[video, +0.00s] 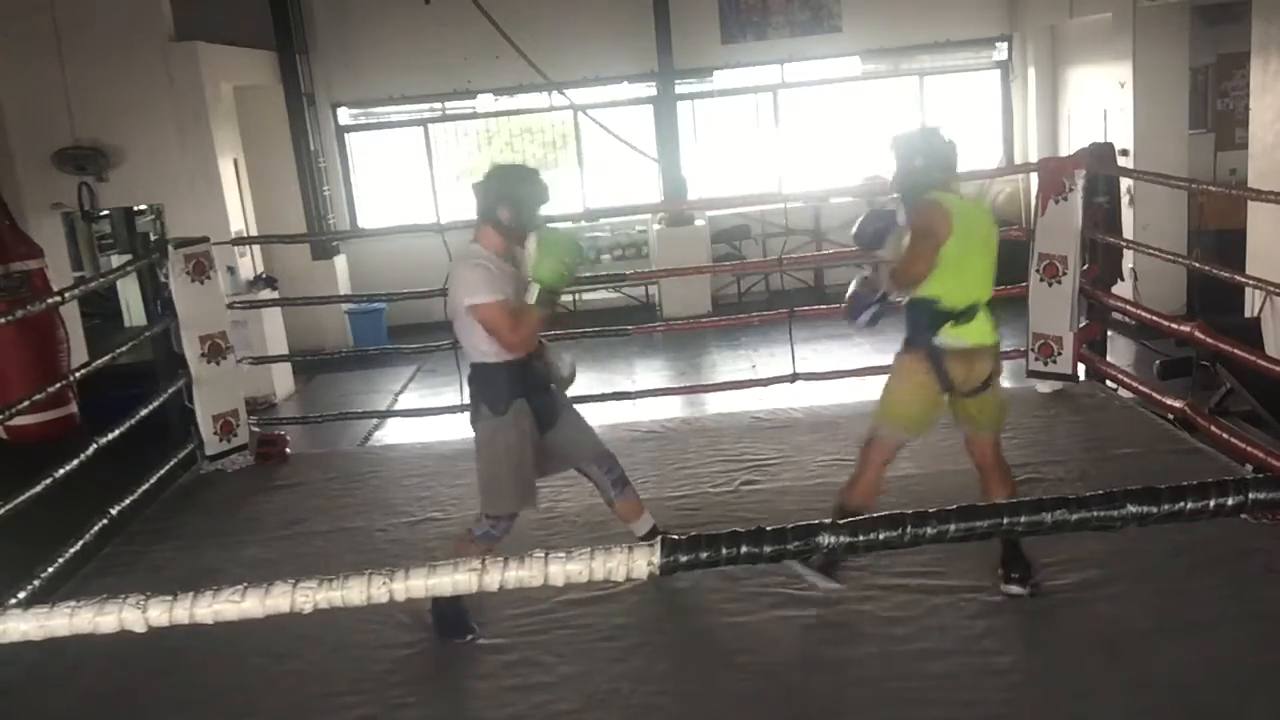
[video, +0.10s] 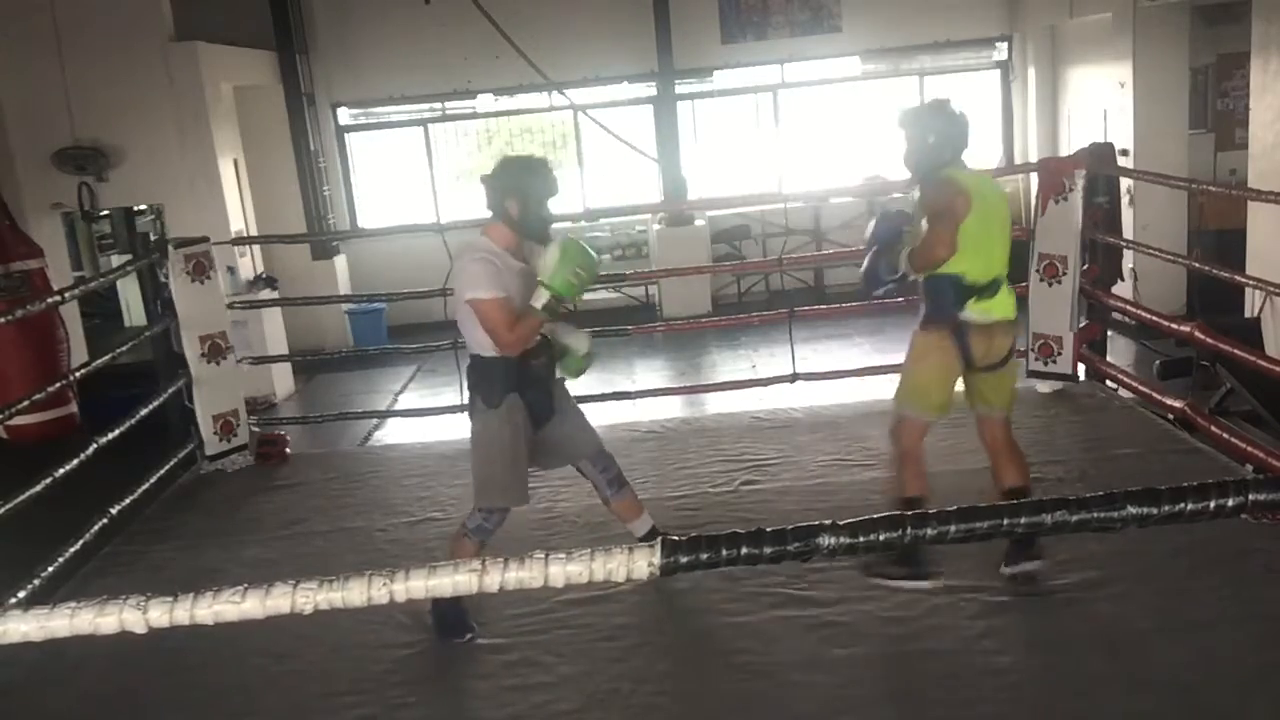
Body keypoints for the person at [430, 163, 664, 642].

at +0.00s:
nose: (535, 222)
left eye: (535, 212)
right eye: (529, 212)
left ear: (504, 212)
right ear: (502, 211)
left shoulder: (511, 260)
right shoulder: (472, 272)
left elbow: (519, 325)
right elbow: (517, 341)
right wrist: (548, 287)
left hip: (535, 386)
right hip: (499, 398)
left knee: (603, 466)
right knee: (499, 516)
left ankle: (657, 548)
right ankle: (446, 589)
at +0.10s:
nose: (550, 212)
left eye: (550, 201)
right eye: (543, 202)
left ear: (519, 203)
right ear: (513, 203)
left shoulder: (529, 253)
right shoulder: (475, 264)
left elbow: (530, 320)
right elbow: (509, 339)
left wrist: (564, 343)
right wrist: (553, 294)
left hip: (541, 382)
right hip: (498, 393)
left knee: (599, 463)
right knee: (495, 505)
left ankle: (655, 546)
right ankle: (448, 591)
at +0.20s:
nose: (573, 209)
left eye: (573, 197)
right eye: (566, 199)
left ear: (535, 202)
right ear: (538, 202)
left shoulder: (549, 254)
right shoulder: (494, 262)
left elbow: (548, 321)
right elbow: (521, 339)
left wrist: (586, 330)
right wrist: (571, 306)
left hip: (546, 385)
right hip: (503, 393)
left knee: (601, 471)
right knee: (494, 503)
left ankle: (655, 556)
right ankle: (449, 595)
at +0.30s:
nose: (610, 216)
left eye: (611, 206)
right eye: (602, 206)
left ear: (580, 207)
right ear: (574, 206)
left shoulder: (587, 259)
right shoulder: (532, 261)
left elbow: (592, 319)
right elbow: (552, 339)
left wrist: (639, 323)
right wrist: (603, 306)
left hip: (568, 388)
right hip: (523, 394)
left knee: (631, 467)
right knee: (502, 509)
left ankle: (671, 556)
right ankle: (448, 588)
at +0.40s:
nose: (630, 218)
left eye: (632, 209)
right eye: (626, 208)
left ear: (596, 207)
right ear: (597, 205)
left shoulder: (604, 256)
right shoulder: (549, 254)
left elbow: (607, 322)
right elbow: (572, 335)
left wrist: (660, 318)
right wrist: (626, 303)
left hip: (582, 381)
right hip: (536, 386)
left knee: (648, 468)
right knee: (521, 506)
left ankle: (675, 563)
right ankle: (458, 588)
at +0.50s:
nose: (634, 205)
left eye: (635, 196)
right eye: (628, 195)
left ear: (606, 196)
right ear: (598, 194)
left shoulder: (612, 246)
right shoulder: (553, 245)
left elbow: (620, 311)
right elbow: (576, 324)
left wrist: (667, 297)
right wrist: (623, 293)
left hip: (587, 374)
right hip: (540, 378)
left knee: (645, 465)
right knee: (534, 494)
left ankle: (674, 560)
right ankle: (485, 581)